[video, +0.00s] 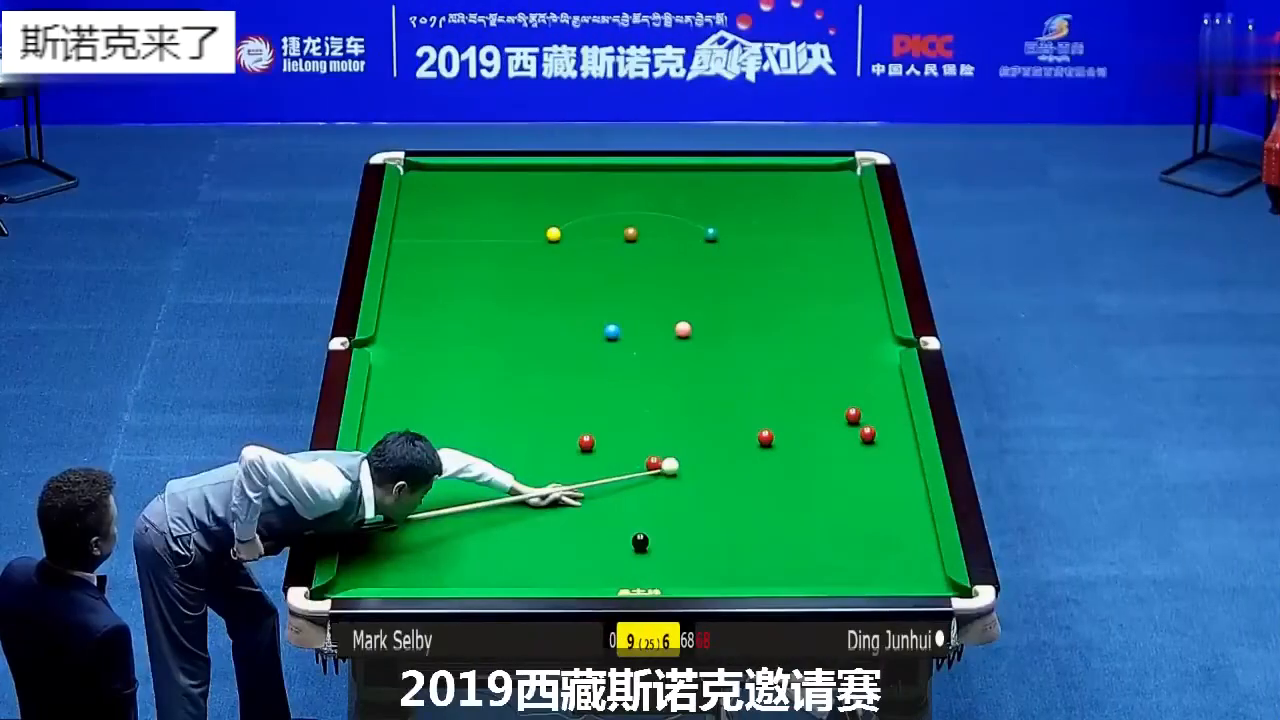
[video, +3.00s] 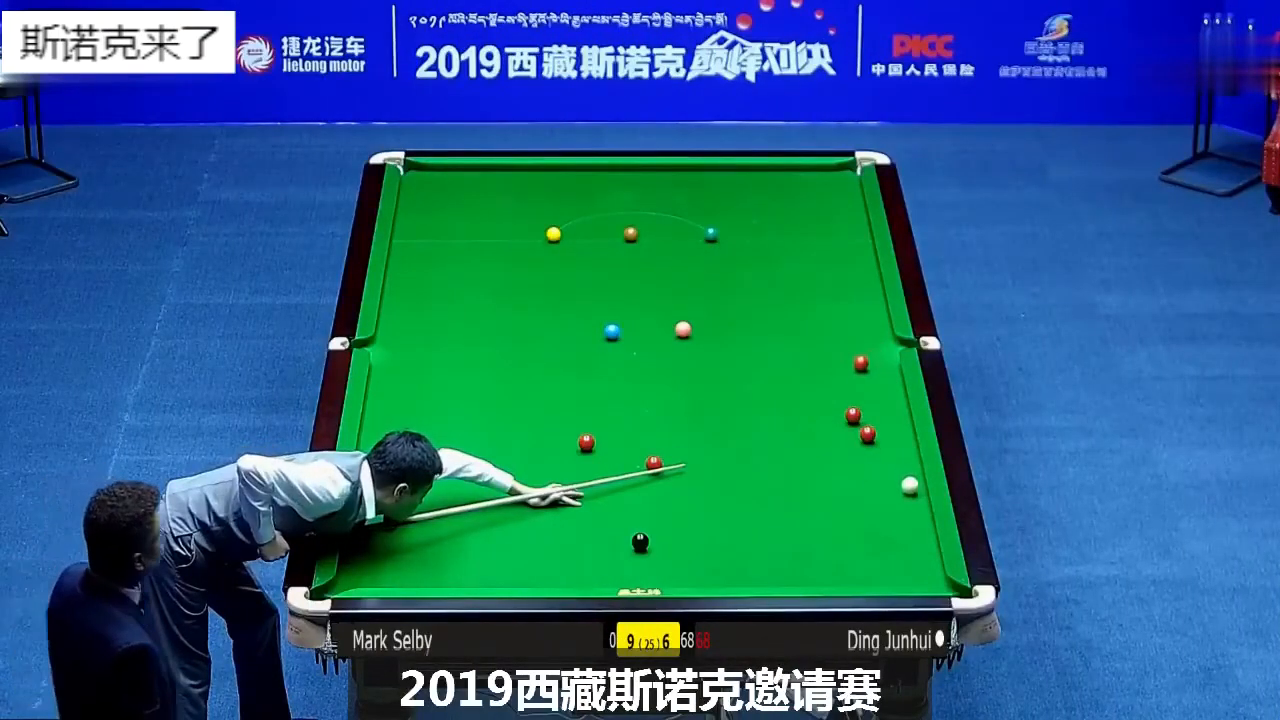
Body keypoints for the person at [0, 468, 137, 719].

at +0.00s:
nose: (116, 528)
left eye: (113, 521)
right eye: (113, 523)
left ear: (50, 531)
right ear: (96, 545)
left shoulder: (15, 576)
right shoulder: (108, 632)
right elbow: (125, 711)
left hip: (30, 711)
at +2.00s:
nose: (117, 526)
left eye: (114, 519)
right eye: (113, 522)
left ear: (51, 530)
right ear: (97, 545)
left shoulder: (16, 575)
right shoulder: (109, 630)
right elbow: (127, 709)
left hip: (30, 711)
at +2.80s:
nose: (136, 533)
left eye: (133, 528)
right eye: (132, 531)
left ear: (70, 539)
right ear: (115, 556)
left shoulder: (39, 580)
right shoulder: (119, 644)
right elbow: (141, 713)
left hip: (45, 711)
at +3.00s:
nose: (160, 537)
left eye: (156, 533)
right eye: (157, 536)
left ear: (96, 543)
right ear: (139, 562)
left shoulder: (70, 580)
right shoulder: (134, 653)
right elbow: (152, 713)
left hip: (72, 711)